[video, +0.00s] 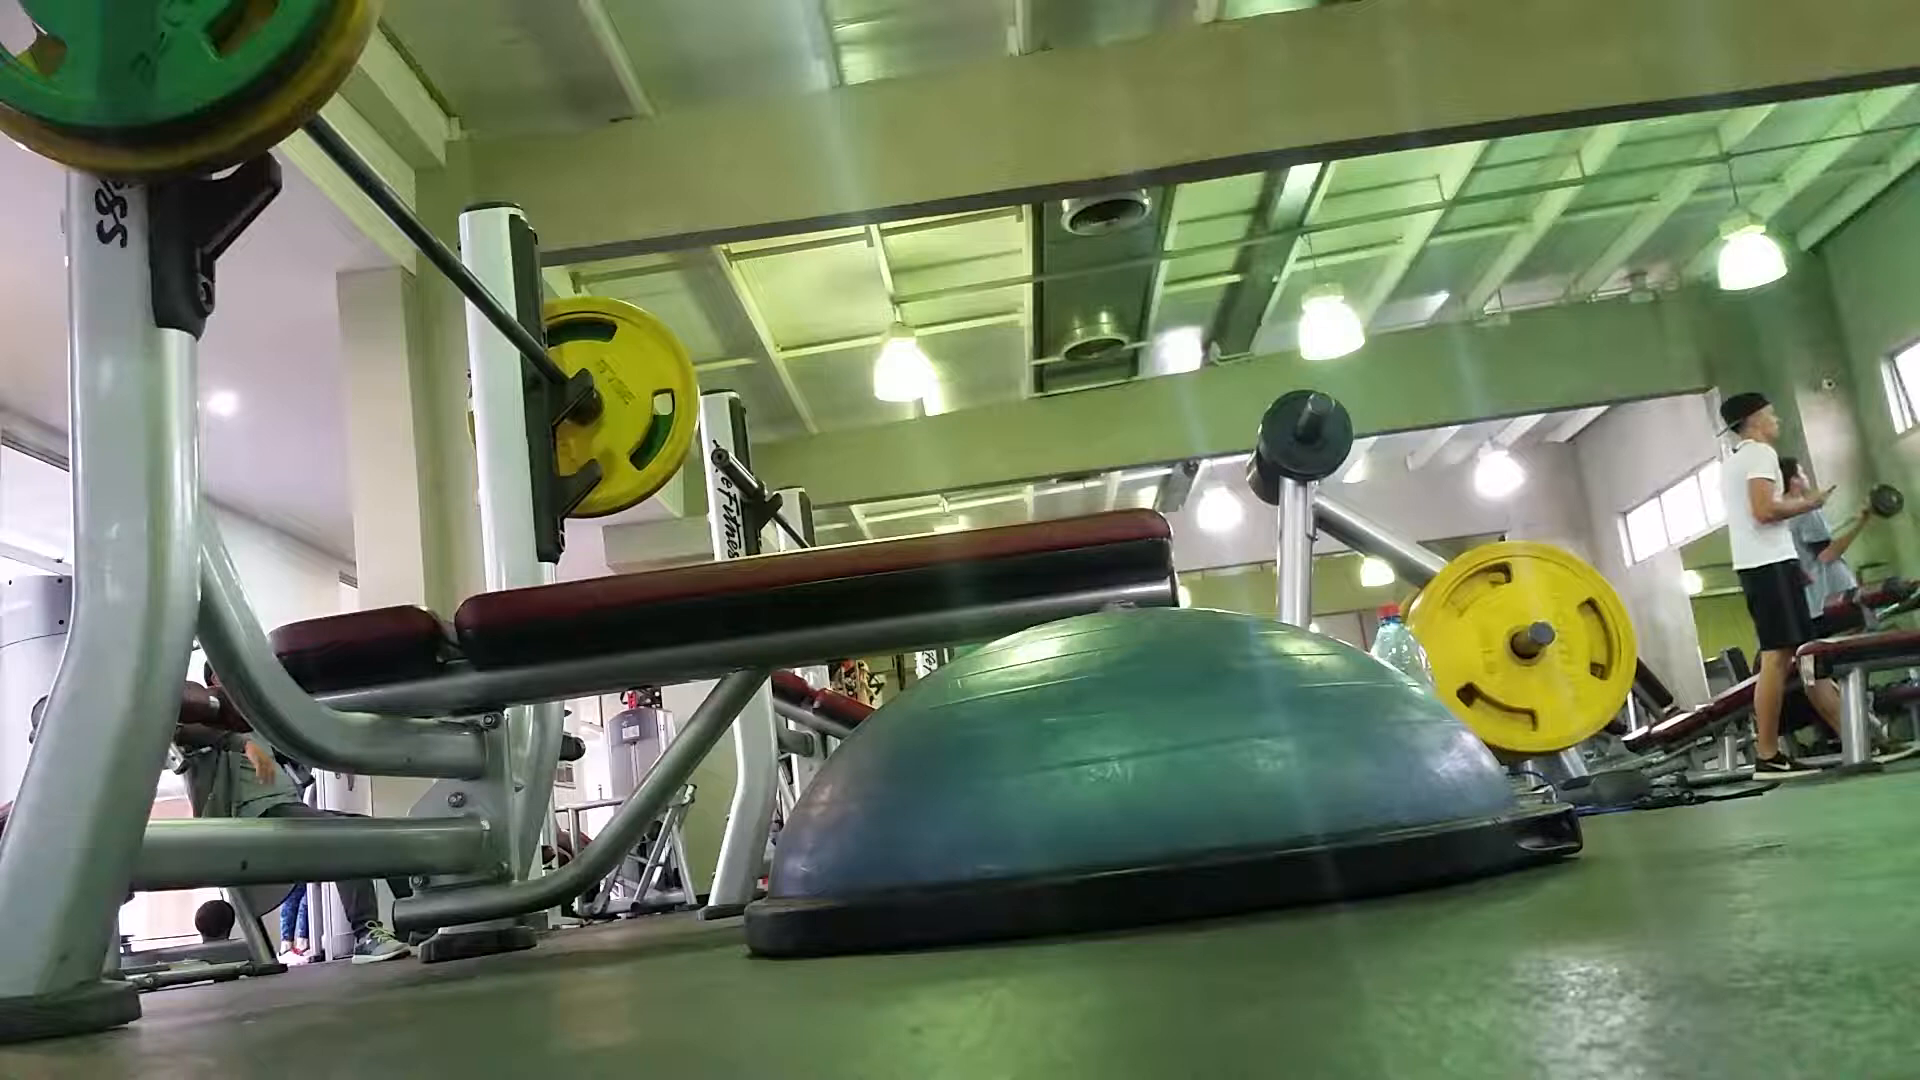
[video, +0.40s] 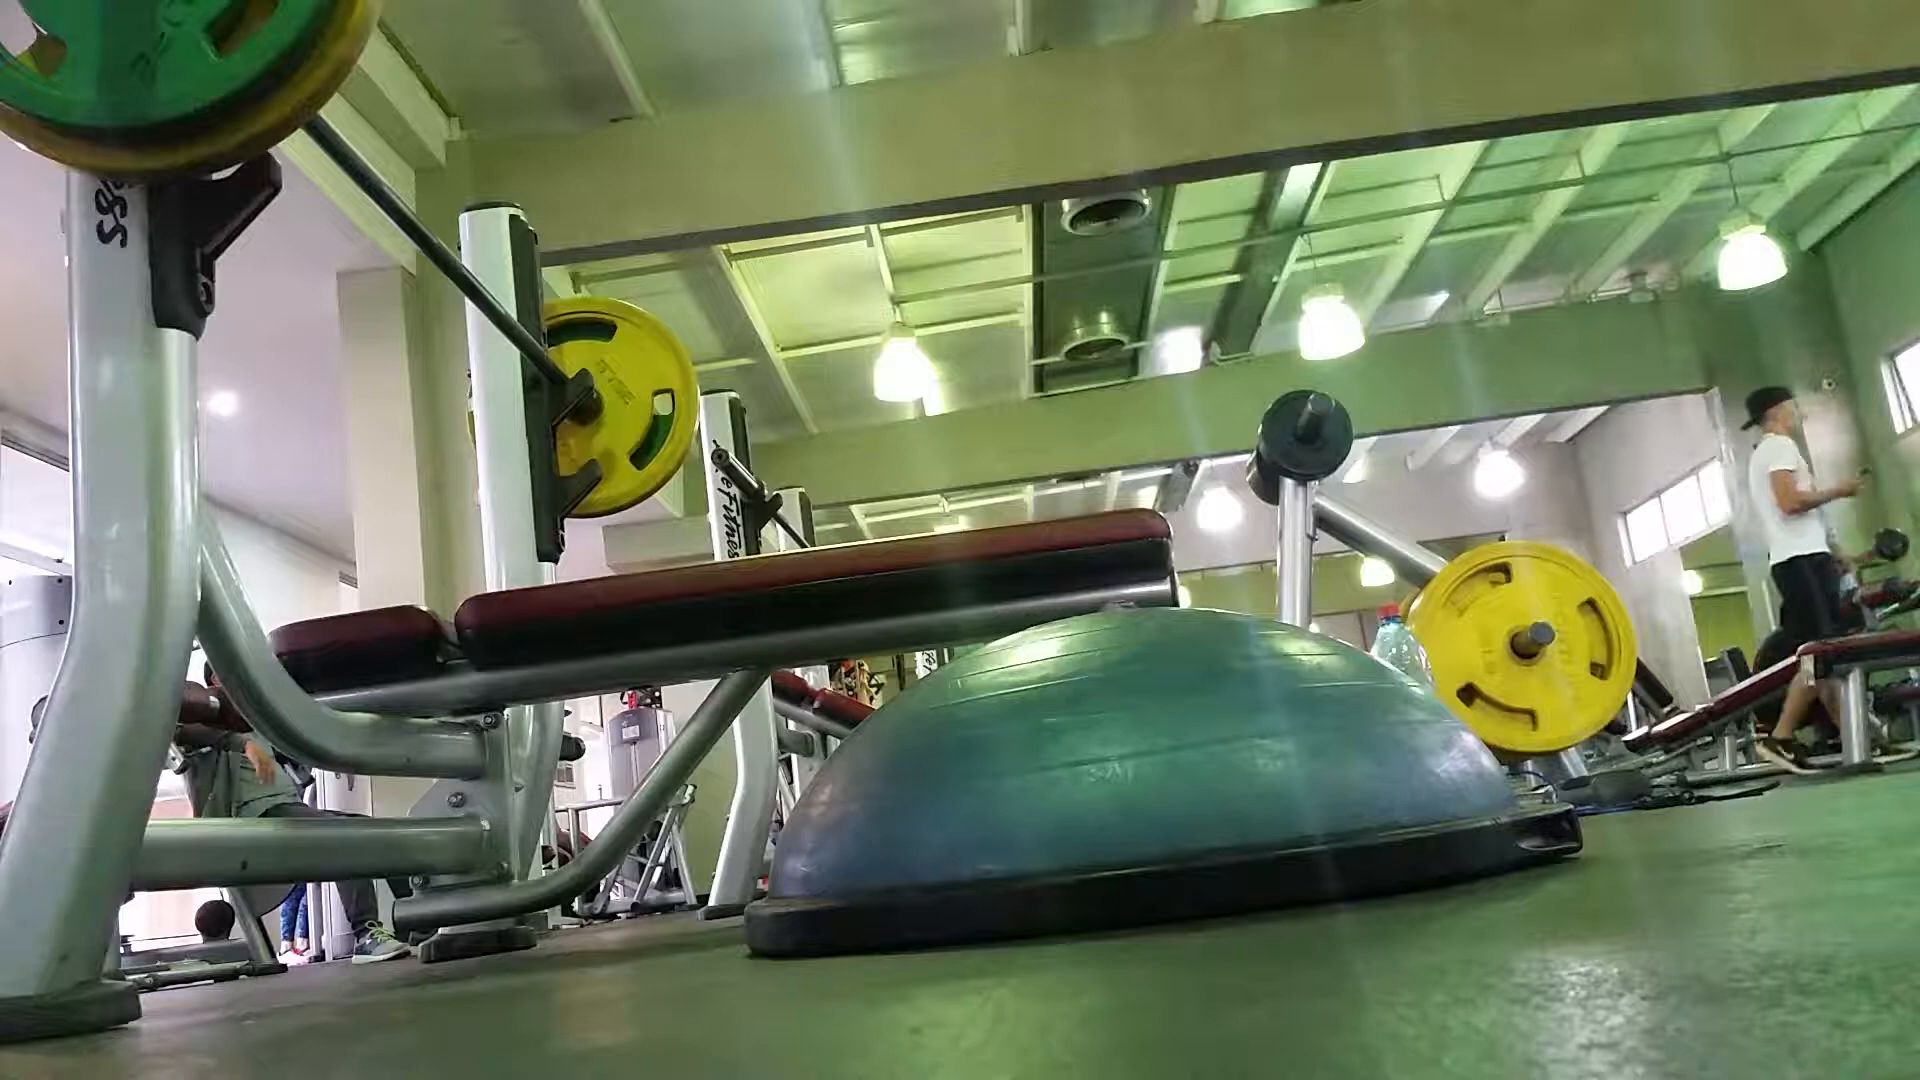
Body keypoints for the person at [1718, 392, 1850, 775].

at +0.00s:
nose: (1775, 419)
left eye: (1772, 413)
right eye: (1768, 414)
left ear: (1743, 424)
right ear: (1752, 420)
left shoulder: (1735, 459)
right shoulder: (1758, 453)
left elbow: (1758, 514)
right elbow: (1763, 509)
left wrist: (1797, 503)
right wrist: (1808, 502)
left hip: (1763, 563)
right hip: (1767, 563)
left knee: (1804, 656)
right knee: (1776, 656)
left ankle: (1860, 737)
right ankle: (1768, 753)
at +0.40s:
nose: (1796, 412)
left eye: (1793, 406)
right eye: (1790, 407)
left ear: (1767, 416)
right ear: (1774, 413)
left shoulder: (1770, 451)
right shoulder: (1777, 447)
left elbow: (1794, 511)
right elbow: (1789, 501)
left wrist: (1830, 552)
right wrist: (1837, 491)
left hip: (1800, 558)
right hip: (1799, 559)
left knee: (1821, 653)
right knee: (1817, 652)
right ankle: (1779, 739)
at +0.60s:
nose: (1813, 411)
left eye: (1810, 405)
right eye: (1805, 405)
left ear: (1784, 414)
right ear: (1785, 412)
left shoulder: (1787, 450)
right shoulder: (1786, 446)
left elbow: (1800, 514)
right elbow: (1794, 501)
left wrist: (1844, 548)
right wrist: (1850, 492)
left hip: (1813, 558)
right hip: (1811, 557)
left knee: (1842, 643)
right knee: (1856, 637)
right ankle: (1830, 729)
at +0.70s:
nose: (1820, 409)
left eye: (1817, 403)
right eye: (1812, 403)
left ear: (1791, 413)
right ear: (1791, 411)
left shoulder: (1791, 448)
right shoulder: (1791, 445)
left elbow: (1804, 508)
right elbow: (1797, 501)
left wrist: (1846, 545)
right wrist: (1853, 494)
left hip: (1815, 559)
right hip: (1819, 557)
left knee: (1835, 651)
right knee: (1873, 637)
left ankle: (1850, 738)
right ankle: (1876, 731)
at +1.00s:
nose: (1849, 405)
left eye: (1847, 399)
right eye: (1841, 399)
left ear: (1820, 408)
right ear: (1820, 406)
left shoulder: (1823, 442)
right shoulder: (1819, 442)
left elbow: (1831, 501)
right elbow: (1824, 498)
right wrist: (1877, 494)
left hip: (1843, 552)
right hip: (1843, 553)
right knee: (1891, 636)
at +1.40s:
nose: (1890, 391)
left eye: (1887, 384)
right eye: (1883, 385)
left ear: (1860, 397)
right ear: (1861, 395)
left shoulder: (1862, 432)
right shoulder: (1864, 431)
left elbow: (1868, 493)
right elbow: (1871, 492)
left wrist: (1908, 500)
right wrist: (1914, 498)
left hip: (1889, 543)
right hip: (1889, 544)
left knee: (1911, 636)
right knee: (1911, 637)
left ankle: (1879, 724)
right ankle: (1877, 725)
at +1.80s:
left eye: (1918, 383)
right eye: (1919, 383)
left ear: (1900, 386)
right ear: (1912, 383)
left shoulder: (1882, 430)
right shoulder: (1907, 422)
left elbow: (1896, 486)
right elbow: (1909, 484)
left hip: (1898, 540)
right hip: (1912, 538)